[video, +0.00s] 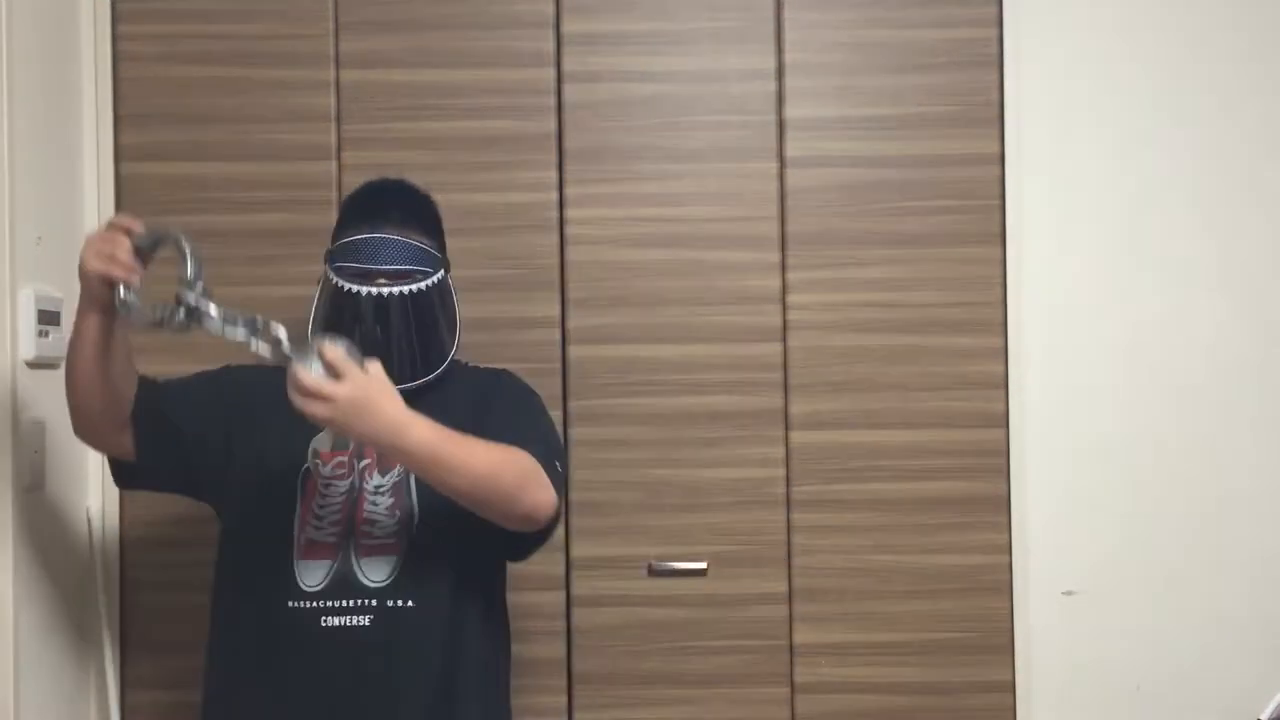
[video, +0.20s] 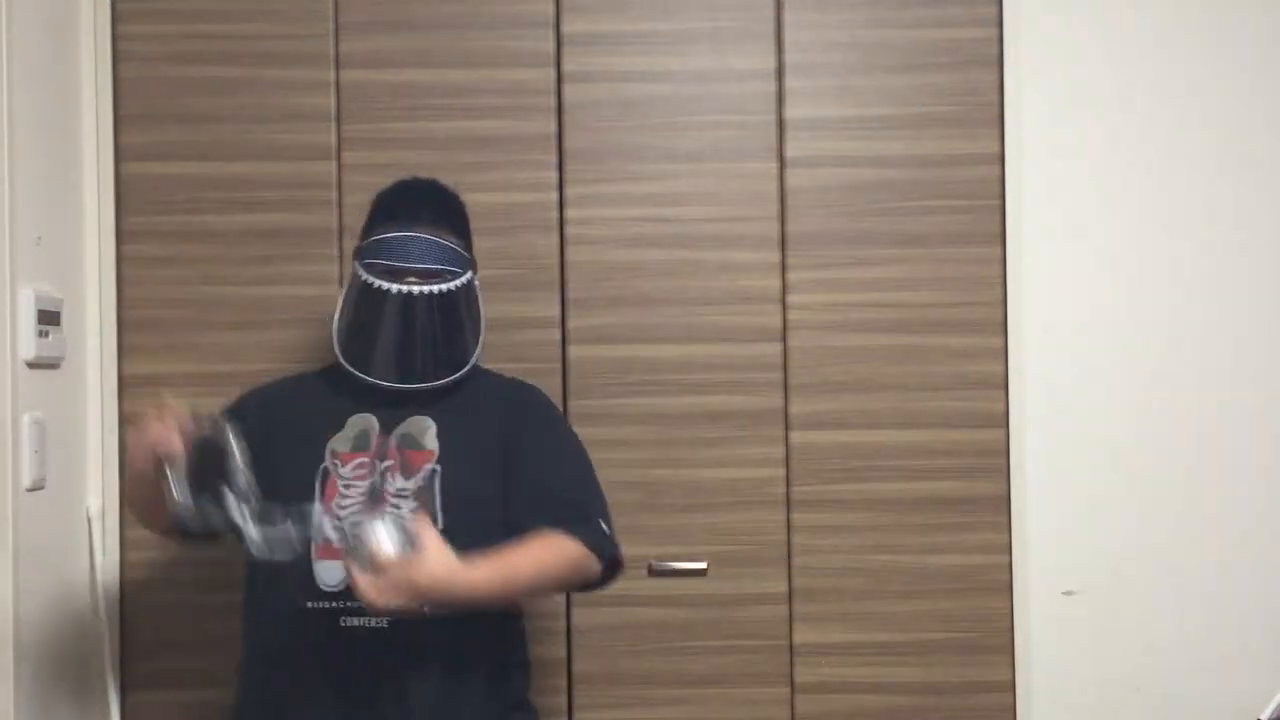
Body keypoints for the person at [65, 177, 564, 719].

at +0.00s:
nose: (382, 306)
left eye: (404, 284)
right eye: (360, 283)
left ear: (442, 290)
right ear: (329, 284)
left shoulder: (491, 403)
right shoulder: (257, 401)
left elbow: (533, 504)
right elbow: (109, 421)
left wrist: (392, 425)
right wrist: (98, 306)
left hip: (441, 703)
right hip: (267, 703)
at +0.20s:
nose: (406, 304)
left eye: (429, 286)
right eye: (388, 282)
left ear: (465, 291)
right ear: (355, 283)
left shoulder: (517, 417)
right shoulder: (278, 414)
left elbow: (588, 547)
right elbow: (181, 515)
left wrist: (457, 581)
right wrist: (149, 470)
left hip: (464, 705)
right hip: (298, 704)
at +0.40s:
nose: (470, 332)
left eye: (491, 312)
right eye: (449, 311)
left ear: (524, 311)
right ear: (417, 306)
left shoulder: (585, 439)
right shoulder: (346, 441)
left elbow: (619, 602)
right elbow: (298, 574)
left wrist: (577, 708)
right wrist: (291, 648)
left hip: (521, 699)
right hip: (369, 701)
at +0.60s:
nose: (558, 324)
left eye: (579, 304)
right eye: (538, 305)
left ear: (611, 301)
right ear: (505, 302)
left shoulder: (681, 423)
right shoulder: (448, 433)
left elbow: (765, 536)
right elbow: (350, 567)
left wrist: (705, 628)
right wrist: (388, 546)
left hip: (641, 704)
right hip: (488, 704)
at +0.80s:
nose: (606, 295)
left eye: (626, 271)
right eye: (580, 274)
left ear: (656, 278)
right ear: (545, 284)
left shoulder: (724, 398)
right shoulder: (505, 410)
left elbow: (866, 485)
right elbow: (396, 447)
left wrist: (813, 416)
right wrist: (464, 324)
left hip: (704, 696)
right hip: (552, 696)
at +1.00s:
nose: (625, 288)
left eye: (645, 266)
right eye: (601, 268)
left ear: (674, 276)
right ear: (565, 281)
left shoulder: (743, 405)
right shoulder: (522, 413)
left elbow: (885, 487)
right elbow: (409, 431)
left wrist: (850, 422)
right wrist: (490, 315)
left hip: (738, 697)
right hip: (575, 699)